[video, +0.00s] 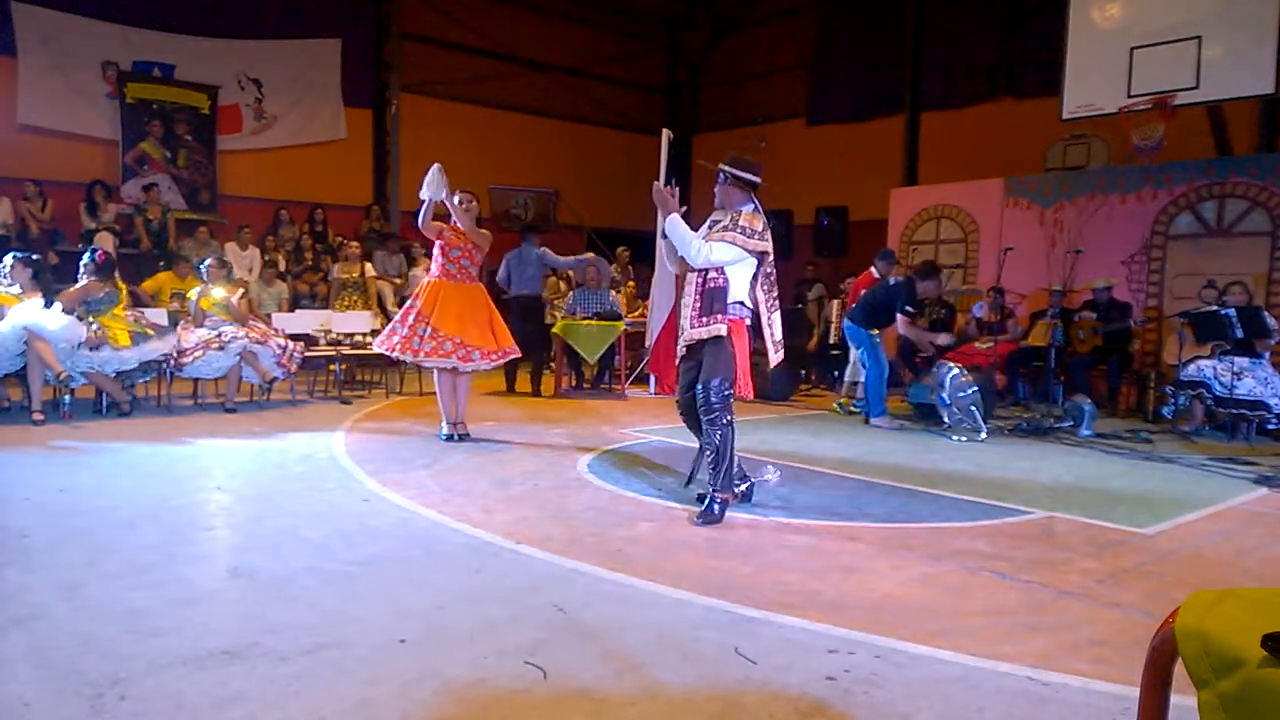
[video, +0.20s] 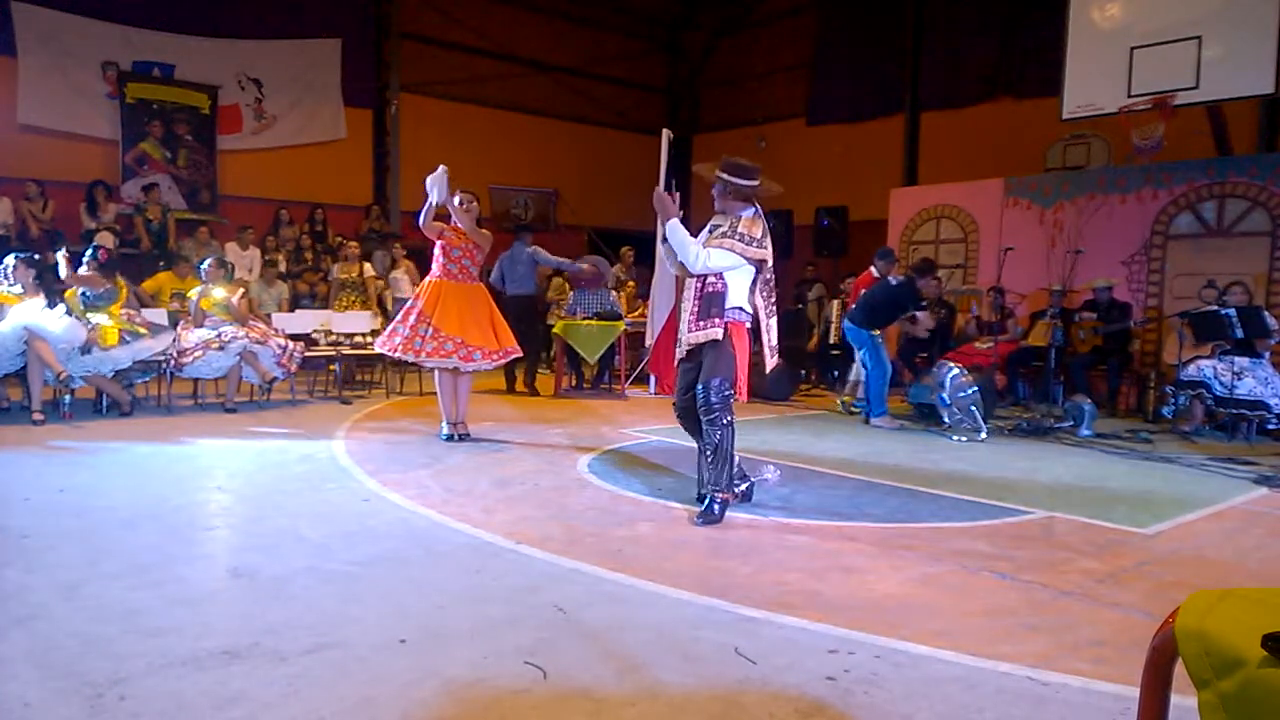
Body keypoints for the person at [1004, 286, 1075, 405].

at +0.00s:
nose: (1055, 299)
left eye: (1058, 296)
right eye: (1053, 296)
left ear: (1063, 298)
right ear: (1049, 297)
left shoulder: (1068, 315)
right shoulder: (1037, 315)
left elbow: (1068, 340)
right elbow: (1028, 335)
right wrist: (1024, 342)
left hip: (1056, 349)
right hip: (1035, 348)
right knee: (1013, 357)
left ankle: (1042, 398)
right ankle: (1013, 395)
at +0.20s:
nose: (1056, 299)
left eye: (1059, 296)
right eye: (1053, 296)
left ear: (1063, 297)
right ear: (1049, 296)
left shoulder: (1068, 314)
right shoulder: (1037, 315)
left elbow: (1068, 339)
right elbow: (1028, 335)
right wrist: (1024, 341)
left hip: (1056, 349)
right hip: (1036, 348)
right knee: (1013, 358)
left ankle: (1042, 399)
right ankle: (1013, 395)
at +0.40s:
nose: (1056, 299)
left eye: (1059, 296)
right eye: (1053, 296)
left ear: (1063, 297)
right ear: (1049, 296)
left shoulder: (1068, 314)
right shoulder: (1037, 315)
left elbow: (1068, 339)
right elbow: (1028, 334)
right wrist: (1024, 341)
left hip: (1055, 349)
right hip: (1035, 348)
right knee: (1013, 358)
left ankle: (1042, 398)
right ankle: (1012, 395)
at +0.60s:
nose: (1056, 299)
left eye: (1059, 296)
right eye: (1053, 296)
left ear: (1063, 297)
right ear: (1049, 296)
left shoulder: (1069, 314)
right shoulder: (1037, 315)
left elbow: (1068, 339)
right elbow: (1028, 335)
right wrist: (1024, 342)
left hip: (1056, 348)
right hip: (1036, 348)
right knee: (1012, 358)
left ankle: (1042, 399)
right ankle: (1012, 395)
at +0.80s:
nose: (1056, 299)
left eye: (1059, 296)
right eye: (1053, 296)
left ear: (1064, 297)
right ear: (1049, 296)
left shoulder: (1069, 314)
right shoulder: (1036, 315)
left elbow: (1069, 339)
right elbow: (1028, 335)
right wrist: (1024, 342)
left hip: (1057, 348)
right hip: (1036, 348)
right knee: (1013, 358)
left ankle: (1041, 399)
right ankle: (1013, 395)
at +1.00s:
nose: (1056, 299)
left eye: (1059, 296)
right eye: (1054, 296)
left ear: (1064, 297)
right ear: (1049, 296)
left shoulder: (1069, 314)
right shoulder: (1036, 315)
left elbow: (1068, 339)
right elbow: (1028, 335)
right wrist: (1024, 342)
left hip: (1056, 349)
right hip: (1036, 348)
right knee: (1012, 358)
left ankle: (1041, 399)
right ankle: (1013, 395)